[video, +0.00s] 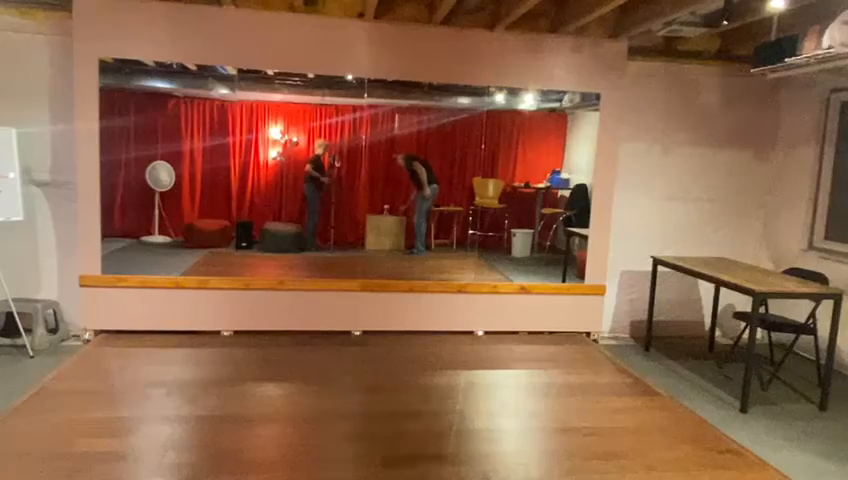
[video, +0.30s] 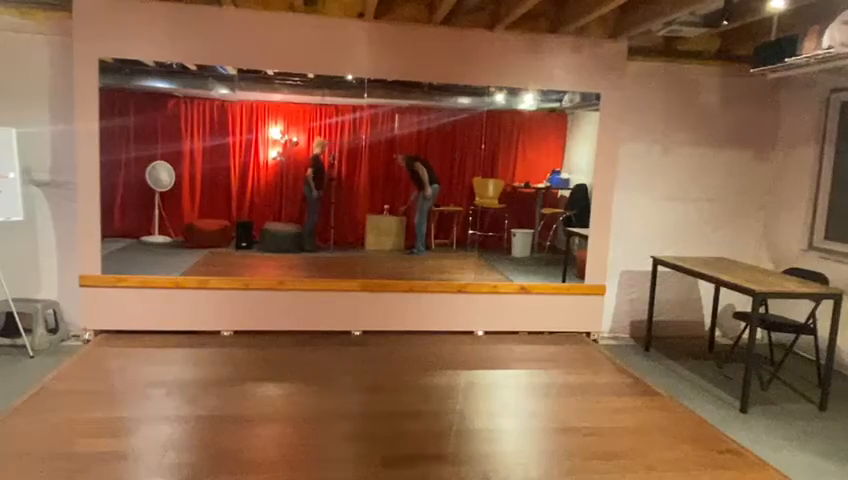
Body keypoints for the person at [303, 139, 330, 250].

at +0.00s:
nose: (326, 150)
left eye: (326, 148)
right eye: (325, 148)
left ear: (319, 147)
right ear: (321, 148)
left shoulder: (320, 160)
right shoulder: (315, 158)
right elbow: (308, 168)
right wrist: (321, 177)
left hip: (316, 187)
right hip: (311, 187)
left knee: (314, 213)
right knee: (313, 213)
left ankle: (311, 240)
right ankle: (311, 241)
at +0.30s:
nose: (324, 149)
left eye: (324, 146)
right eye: (323, 146)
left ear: (320, 147)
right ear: (319, 147)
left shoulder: (320, 159)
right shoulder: (315, 159)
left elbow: (321, 175)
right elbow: (309, 174)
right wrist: (313, 189)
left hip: (317, 191)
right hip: (313, 191)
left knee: (314, 217)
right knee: (312, 216)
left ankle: (311, 241)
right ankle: (308, 242)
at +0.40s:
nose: (323, 149)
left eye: (323, 146)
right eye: (322, 146)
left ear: (321, 147)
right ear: (317, 146)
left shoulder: (319, 160)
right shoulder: (312, 160)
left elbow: (321, 175)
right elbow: (308, 176)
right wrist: (310, 191)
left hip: (318, 192)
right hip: (313, 192)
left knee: (314, 217)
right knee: (312, 217)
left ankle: (312, 241)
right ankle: (308, 242)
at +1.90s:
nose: (303, 148)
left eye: (305, 144)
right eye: (301, 145)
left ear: (309, 145)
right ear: (297, 146)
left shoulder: (314, 160)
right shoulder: (293, 162)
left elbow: (319, 177)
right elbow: (290, 179)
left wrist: (320, 190)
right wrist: (288, 194)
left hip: (310, 194)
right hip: (296, 195)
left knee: (310, 222)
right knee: (293, 222)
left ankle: (310, 249)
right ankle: (289, 251)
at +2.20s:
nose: (295, 146)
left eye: (298, 142)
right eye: (293, 142)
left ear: (302, 143)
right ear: (289, 143)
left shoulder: (308, 158)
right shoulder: (285, 159)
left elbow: (314, 173)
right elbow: (277, 178)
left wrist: (319, 186)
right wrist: (267, 192)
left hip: (304, 192)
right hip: (287, 192)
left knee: (301, 222)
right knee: (288, 222)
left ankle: (300, 248)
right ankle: (288, 252)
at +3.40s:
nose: (300, 141)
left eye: (300, 137)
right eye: (297, 137)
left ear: (296, 139)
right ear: (289, 138)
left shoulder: (302, 158)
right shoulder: (275, 158)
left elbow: (310, 178)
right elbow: (268, 179)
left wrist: (321, 184)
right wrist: (267, 196)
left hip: (300, 200)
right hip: (281, 199)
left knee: (297, 234)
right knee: (279, 232)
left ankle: (295, 269)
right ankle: (279, 268)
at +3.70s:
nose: (301, 141)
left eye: (301, 138)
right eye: (299, 138)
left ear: (300, 139)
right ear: (291, 139)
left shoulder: (302, 158)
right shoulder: (281, 158)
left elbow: (309, 179)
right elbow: (274, 176)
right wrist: (287, 184)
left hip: (301, 198)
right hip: (286, 199)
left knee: (296, 234)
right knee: (285, 233)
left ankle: (292, 268)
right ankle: (283, 267)